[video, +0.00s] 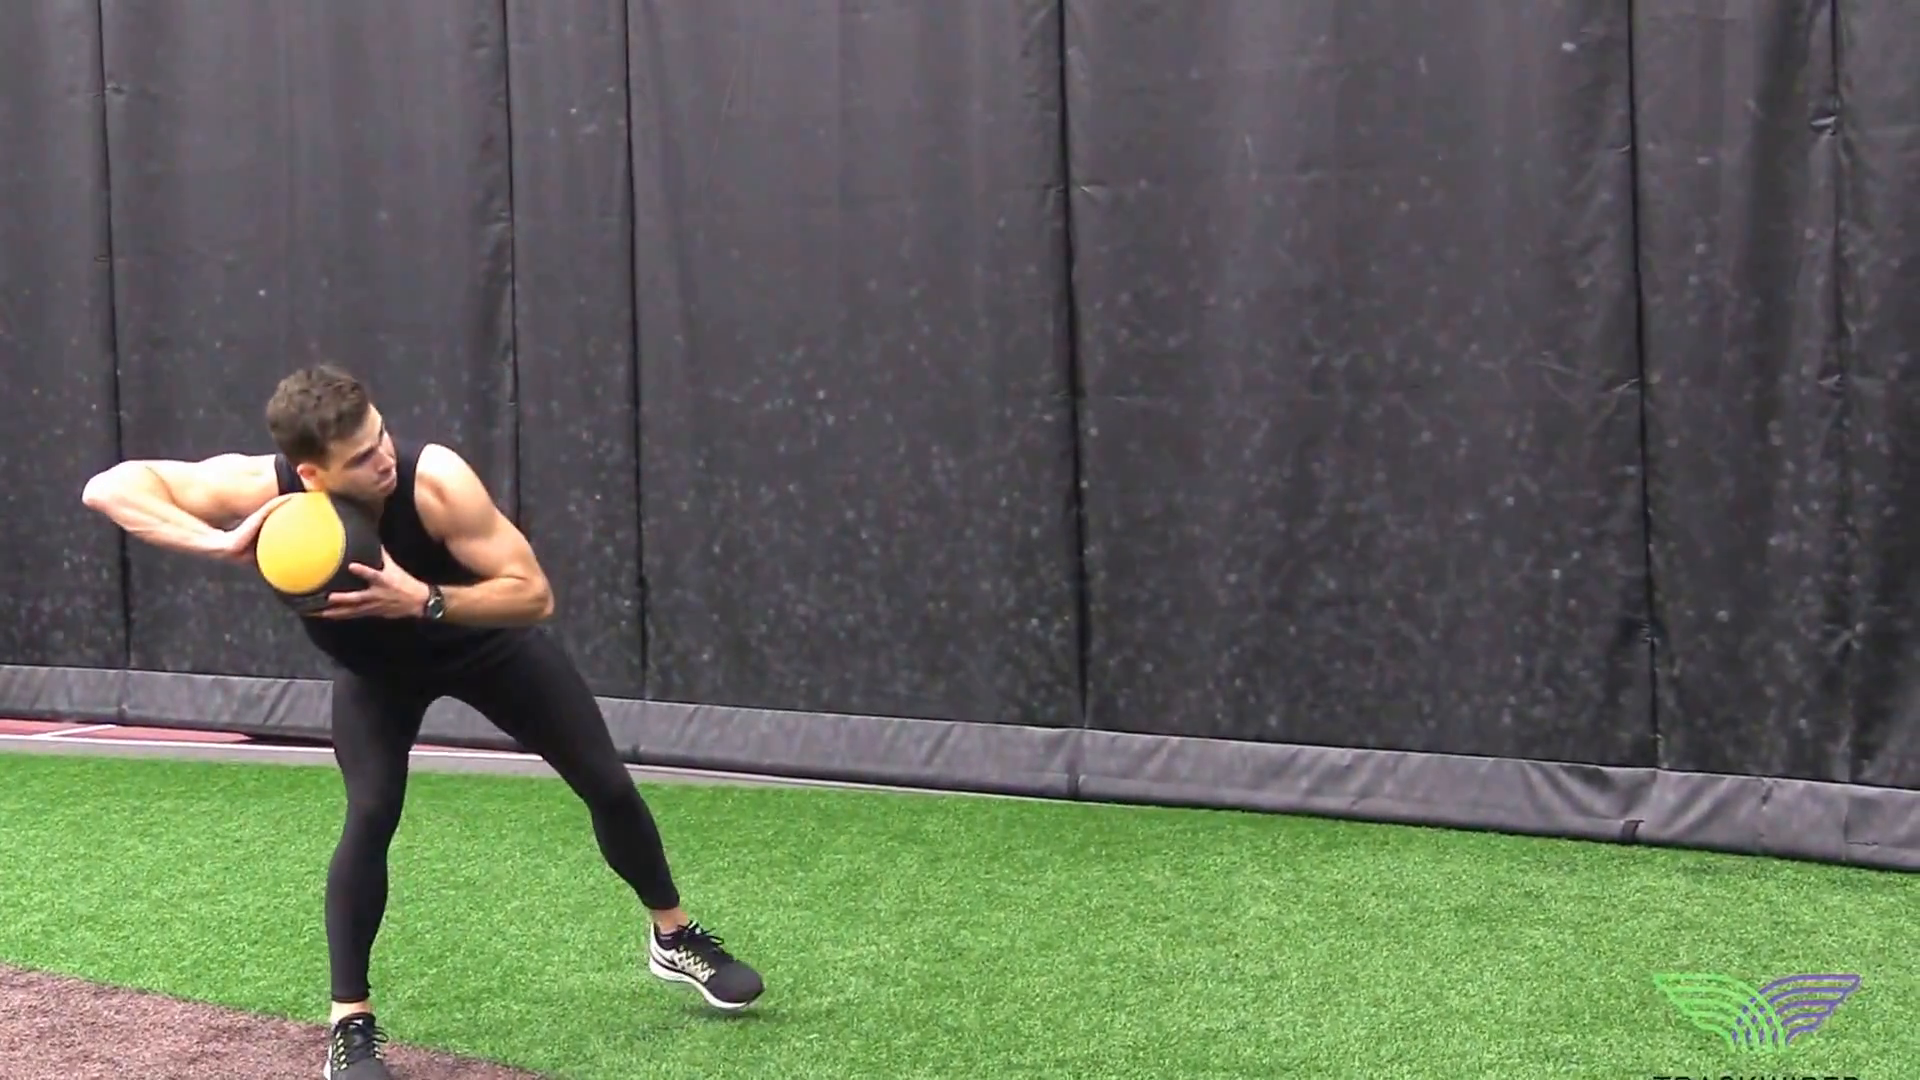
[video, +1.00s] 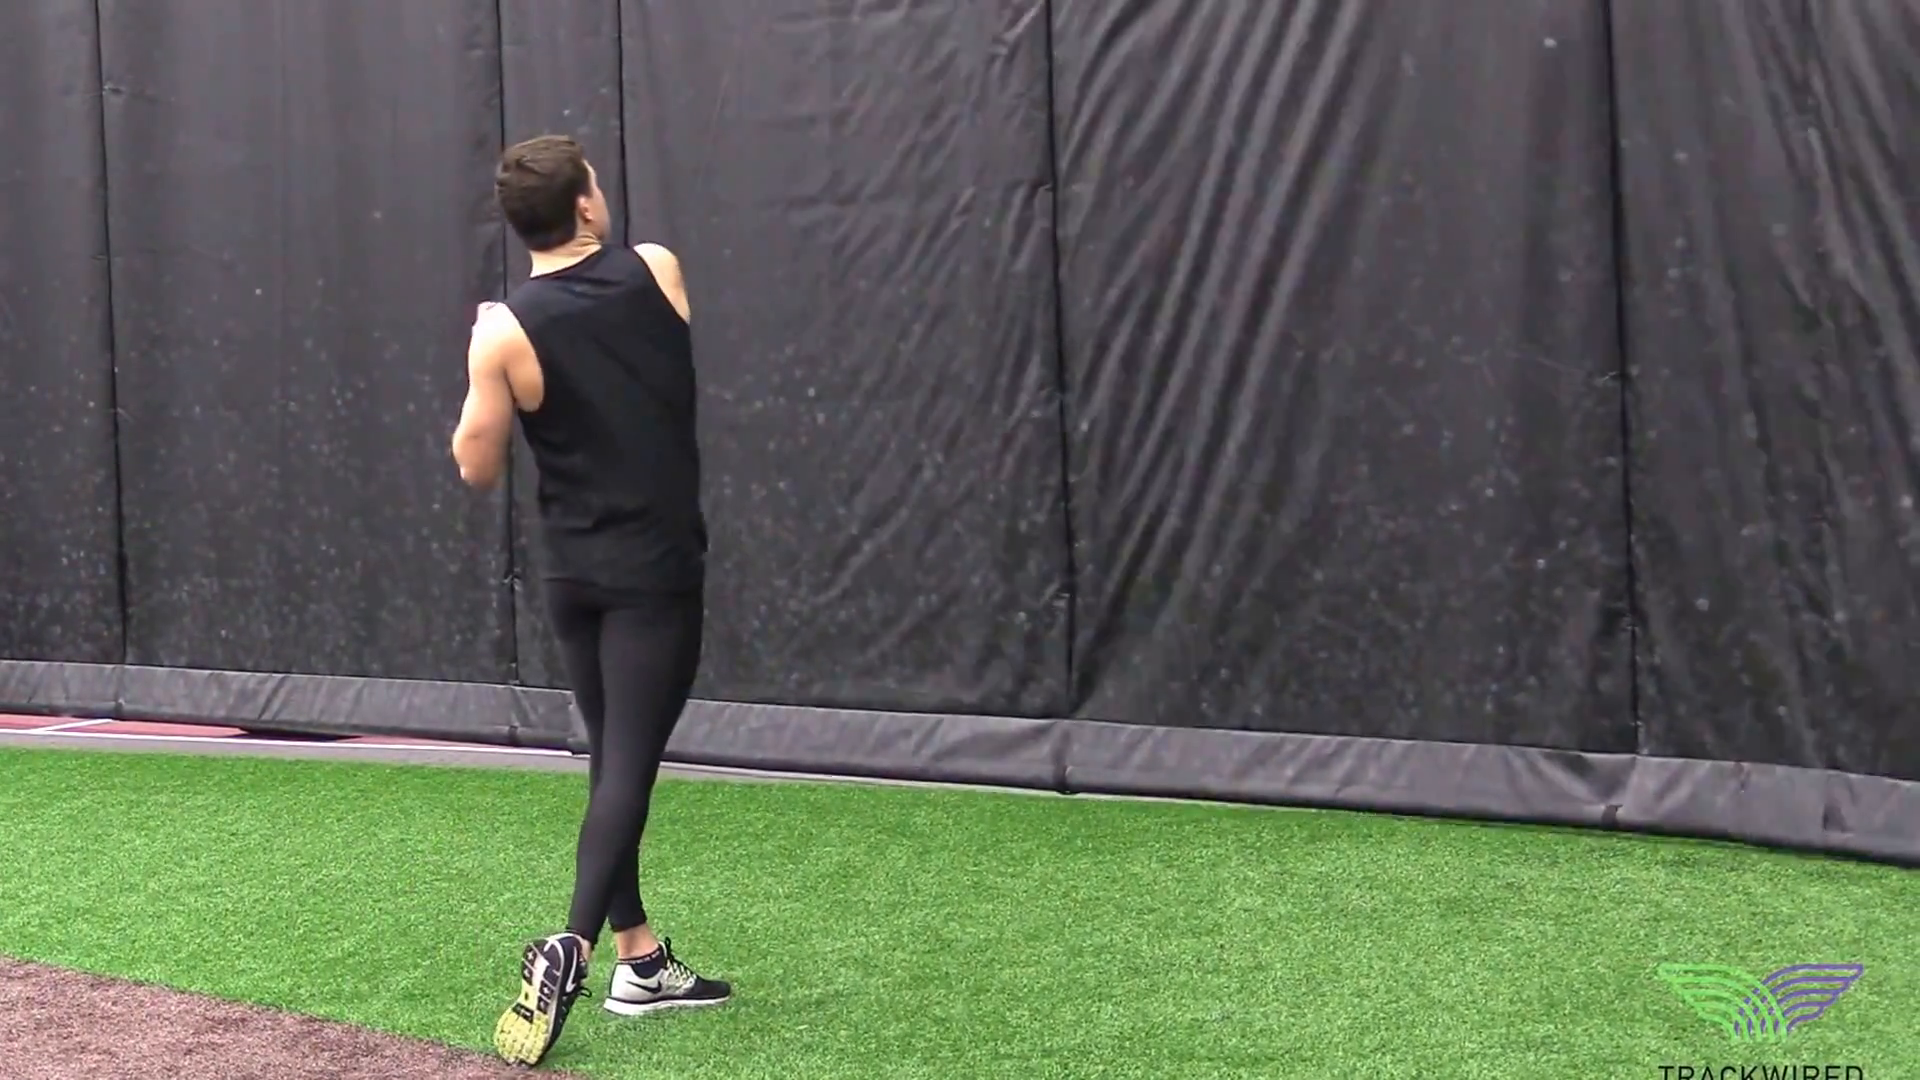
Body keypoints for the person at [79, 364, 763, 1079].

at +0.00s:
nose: (385, 457)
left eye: (382, 438)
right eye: (362, 457)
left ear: (385, 421)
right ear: (309, 471)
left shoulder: (439, 480)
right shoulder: (264, 489)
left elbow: (534, 596)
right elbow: (109, 487)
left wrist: (424, 599)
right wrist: (212, 542)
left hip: (493, 644)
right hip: (376, 667)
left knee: (609, 784)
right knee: (371, 811)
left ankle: (677, 935)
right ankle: (351, 1020)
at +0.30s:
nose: (457, 379)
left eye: (450, 363)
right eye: (436, 377)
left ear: (451, 360)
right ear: (389, 408)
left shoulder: (495, 412)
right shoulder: (333, 470)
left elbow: (600, 505)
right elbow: (183, 510)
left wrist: (512, 501)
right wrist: (305, 510)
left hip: (507, 659)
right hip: (411, 680)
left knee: (654, 777)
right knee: (446, 822)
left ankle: (641, 957)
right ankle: (367, 1018)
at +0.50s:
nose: (473, 212)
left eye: (461, 204)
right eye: (462, 207)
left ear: (420, 253)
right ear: (446, 239)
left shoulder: (441, 316)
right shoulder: (470, 319)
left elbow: (532, 300)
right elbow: (563, 298)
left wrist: (578, 228)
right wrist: (624, 207)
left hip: (560, 583)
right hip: (547, 589)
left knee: (620, 767)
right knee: (557, 786)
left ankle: (642, 962)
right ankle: (391, 954)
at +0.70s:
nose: (546, 199)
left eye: (530, 192)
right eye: (537, 193)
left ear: (458, 238)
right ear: (528, 212)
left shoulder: (449, 343)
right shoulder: (587, 256)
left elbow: (453, 442)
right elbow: (554, 286)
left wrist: (472, 324)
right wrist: (490, 285)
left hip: (556, 570)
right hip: (640, 557)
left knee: (601, 767)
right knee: (644, 765)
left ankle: (639, 964)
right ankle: (557, 945)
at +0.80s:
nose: (569, 185)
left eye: (555, 181)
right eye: (563, 182)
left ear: (487, 235)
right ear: (559, 210)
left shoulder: (489, 338)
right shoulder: (615, 263)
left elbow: (462, 463)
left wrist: (466, 352)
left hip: (578, 569)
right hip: (664, 558)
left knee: (610, 761)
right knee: (642, 760)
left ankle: (643, 962)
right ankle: (576, 942)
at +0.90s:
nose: (587, 185)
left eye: (574, 179)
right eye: (581, 181)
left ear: (505, 230)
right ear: (575, 208)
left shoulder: (507, 332)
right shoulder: (634, 262)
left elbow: (473, 468)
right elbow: (609, 386)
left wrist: (473, 366)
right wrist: (517, 475)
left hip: (578, 564)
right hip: (667, 558)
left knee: (614, 763)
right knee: (633, 764)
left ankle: (641, 962)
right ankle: (578, 945)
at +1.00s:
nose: (603, 186)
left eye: (590, 179)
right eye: (596, 181)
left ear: (517, 225)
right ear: (586, 206)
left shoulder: (504, 329)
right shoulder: (656, 270)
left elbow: (477, 466)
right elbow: (657, 363)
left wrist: (485, 378)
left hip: (569, 563)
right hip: (658, 559)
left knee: (611, 762)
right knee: (628, 766)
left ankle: (641, 959)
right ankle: (571, 948)